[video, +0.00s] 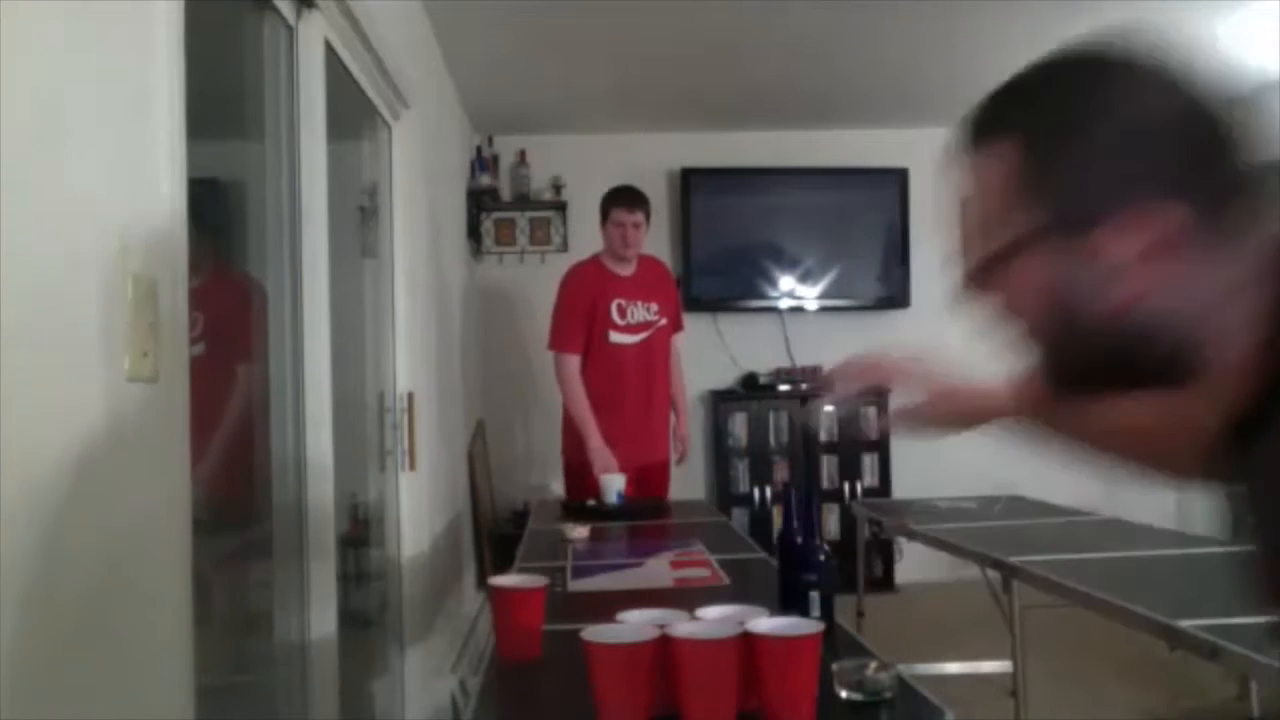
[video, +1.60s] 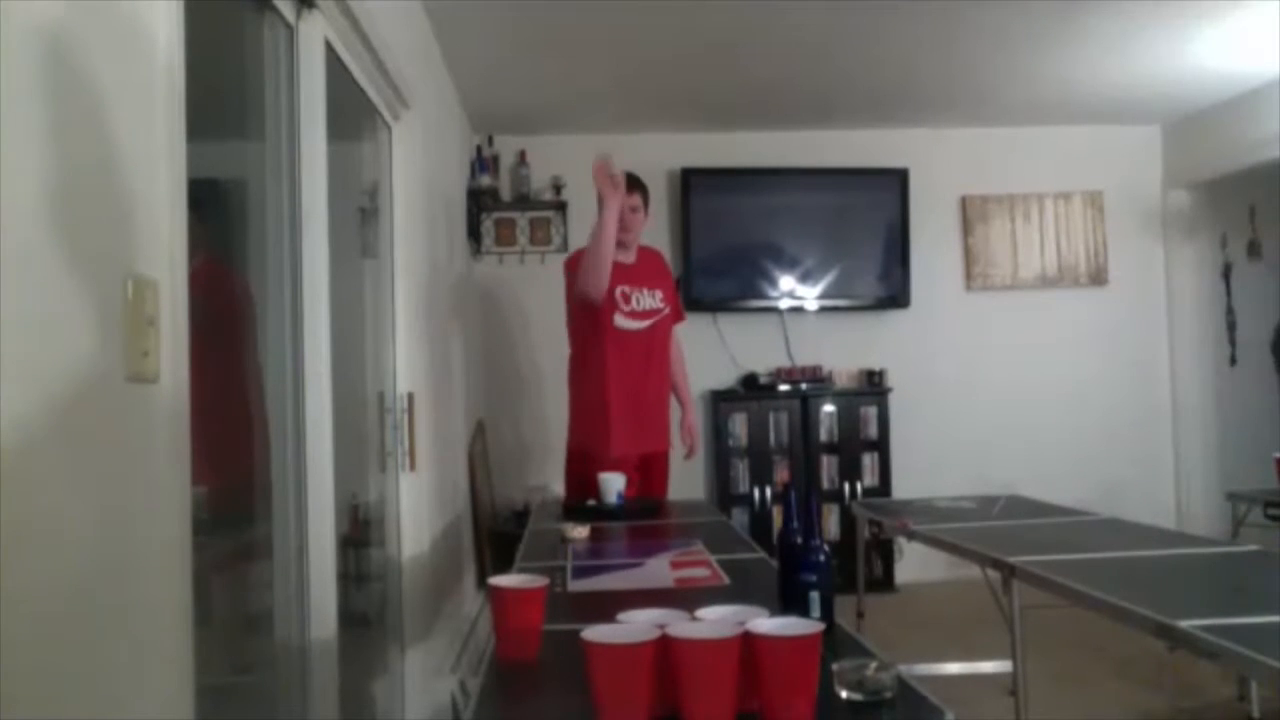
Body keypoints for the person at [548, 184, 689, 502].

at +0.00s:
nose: (628, 235)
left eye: (636, 226)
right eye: (619, 226)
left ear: (647, 230)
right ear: (603, 228)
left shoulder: (660, 276)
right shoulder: (581, 280)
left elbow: (671, 353)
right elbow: (567, 369)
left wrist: (681, 419)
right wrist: (596, 447)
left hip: (652, 445)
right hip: (596, 450)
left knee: (651, 545)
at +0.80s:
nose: (623, 229)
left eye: (632, 220)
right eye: (613, 220)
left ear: (644, 225)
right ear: (599, 224)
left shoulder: (657, 272)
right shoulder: (576, 279)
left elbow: (669, 348)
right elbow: (564, 361)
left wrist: (681, 413)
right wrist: (601, 388)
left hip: (647, 438)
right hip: (593, 442)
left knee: (648, 540)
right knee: (594, 541)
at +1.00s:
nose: (623, 229)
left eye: (632, 220)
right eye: (614, 220)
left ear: (644, 225)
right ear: (599, 224)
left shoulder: (656, 272)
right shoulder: (577, 277)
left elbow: (667, 347)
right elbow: (568, 355)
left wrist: (680, 412)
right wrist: (608, 344)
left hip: (647, 435)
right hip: (593, 438)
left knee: (648, 542)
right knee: (594, 542)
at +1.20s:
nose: (624, 229)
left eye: (632, 220)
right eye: (614, 220)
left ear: (644, 225)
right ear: (600, 224)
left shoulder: (654, 270)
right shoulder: (578, 276)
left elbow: (667, 347)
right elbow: (579, 343)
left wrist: (681, 412)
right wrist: (610, 287)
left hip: (647, 434)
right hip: (594, 435)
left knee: (648, 542)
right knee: (594, 542)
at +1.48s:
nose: (625, 226)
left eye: (633, 216)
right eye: (616, 216)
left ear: (646, 222)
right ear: (602, 219)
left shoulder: (655, 268)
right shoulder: (582, 270)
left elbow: (670, 345)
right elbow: (587, 319)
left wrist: (684, 411)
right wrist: (610, 242)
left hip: (648, 436)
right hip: (596, 438)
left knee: (649, 543)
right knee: (594, 548)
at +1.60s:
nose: (625, 219)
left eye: (633, 210)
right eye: (618, 211)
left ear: (646, 217)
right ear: (605, 216)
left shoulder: (655, 263)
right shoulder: (584, 263)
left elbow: (670, 341)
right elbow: (594, 290)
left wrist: (687, 407)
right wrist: (609, 206)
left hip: (650, 434)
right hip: (598, 435)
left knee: (650, 544)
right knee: (595, 545)